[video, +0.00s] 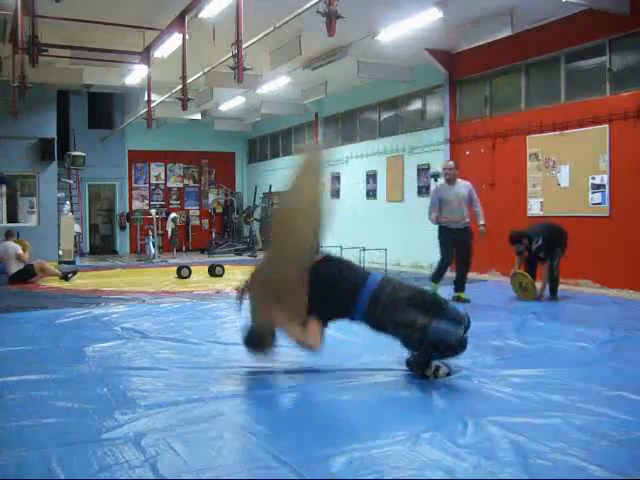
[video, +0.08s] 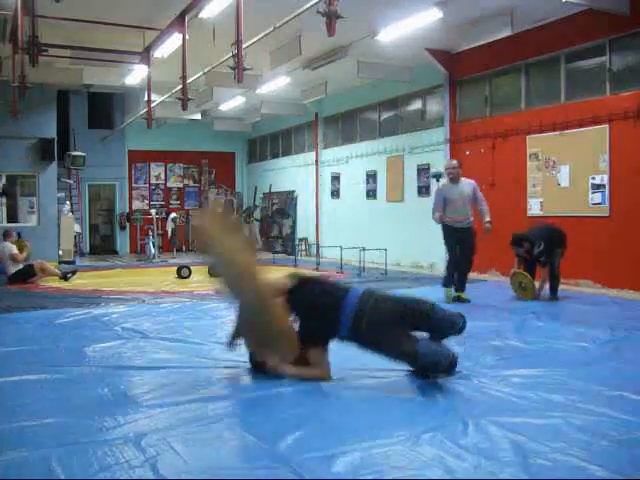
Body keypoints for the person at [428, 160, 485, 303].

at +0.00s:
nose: (448, 172)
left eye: (451, 169)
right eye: (445, 169)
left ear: (456, 171)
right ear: (442, 172)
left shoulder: (467, 186)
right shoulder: (438, 190)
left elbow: (476, 205)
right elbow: (433, 208)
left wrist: (481, 222)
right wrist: (434, 217)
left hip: (463, 226)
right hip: (446, 226)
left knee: (464, 261)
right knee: (446, 259)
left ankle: (459, 292)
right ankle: (434, 283)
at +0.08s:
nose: (452, 172)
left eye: (454, 168)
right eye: (449, 169)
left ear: (460, 170)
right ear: (445, 171)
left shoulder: (471, 185)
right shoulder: (442, 188)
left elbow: (481, 202)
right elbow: (437, 207)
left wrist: (486, 219)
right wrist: (437, 215)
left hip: (466, 225)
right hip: (450, 225)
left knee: (467, 258)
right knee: (454, 257)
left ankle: (460, 290)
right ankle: (448, 286)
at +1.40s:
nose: (504, 170)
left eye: (507, 166)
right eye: (502, 167)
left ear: (516, 166)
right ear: (500, 169)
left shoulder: (531, 184)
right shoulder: (497, 191)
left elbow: (545, 204)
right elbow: (492, 215)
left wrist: (549, 222)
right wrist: (492, 221)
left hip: (531, 229)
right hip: (510, 230)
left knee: (532, 266)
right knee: (506, 263)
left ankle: (529, 300)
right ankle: (492, 290)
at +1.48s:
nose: (509, 169)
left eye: (512, 165)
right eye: (507, 166)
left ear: (521, 167)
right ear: (505, 169)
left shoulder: (536, 183)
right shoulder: (502, 190)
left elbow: (550, 204)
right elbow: (496, 213)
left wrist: (555, 221)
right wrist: (497, 220)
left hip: (535, 229)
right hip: (514, 229)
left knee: (534, 266)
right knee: (512, 264)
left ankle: (529, 300)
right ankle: (505, 293)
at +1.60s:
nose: (512, 168)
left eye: (516, 164)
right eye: (510, 165)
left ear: (524, 166)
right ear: (509, 168)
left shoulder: (539, 183)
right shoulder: (505, 189)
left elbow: (553, 202)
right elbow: (500, 211)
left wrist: (558, 220)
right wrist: (499, 219)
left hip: (538, 229)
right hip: (518, 229)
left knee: (536, 265)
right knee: (519, 264)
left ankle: (530, 299)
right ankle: (521, 298)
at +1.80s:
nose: (518, 168)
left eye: (521, 164)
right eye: (515, 165)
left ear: (530, 166)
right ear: (514, 168)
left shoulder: (544, 183)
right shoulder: (510, 190)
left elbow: (558, 204)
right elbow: (504, 215)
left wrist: (562, 222)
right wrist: (506, 218)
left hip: (543, 231)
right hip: (523, 231)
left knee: (541, 269)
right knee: (526, 268)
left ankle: (531, 300)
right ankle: (527, 303)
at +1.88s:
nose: (520, 168)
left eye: (523, 164)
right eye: (518, 165)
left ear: (533, 166)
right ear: (516, 168)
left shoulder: (548, 184)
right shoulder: (513, 190)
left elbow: (561, 205)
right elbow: (507, 215)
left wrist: (565, 223)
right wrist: (508, 220)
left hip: (546, 231)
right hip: (525, 231)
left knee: (549, 268)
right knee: (526, 269)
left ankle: (538, 290)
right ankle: (529, 302)